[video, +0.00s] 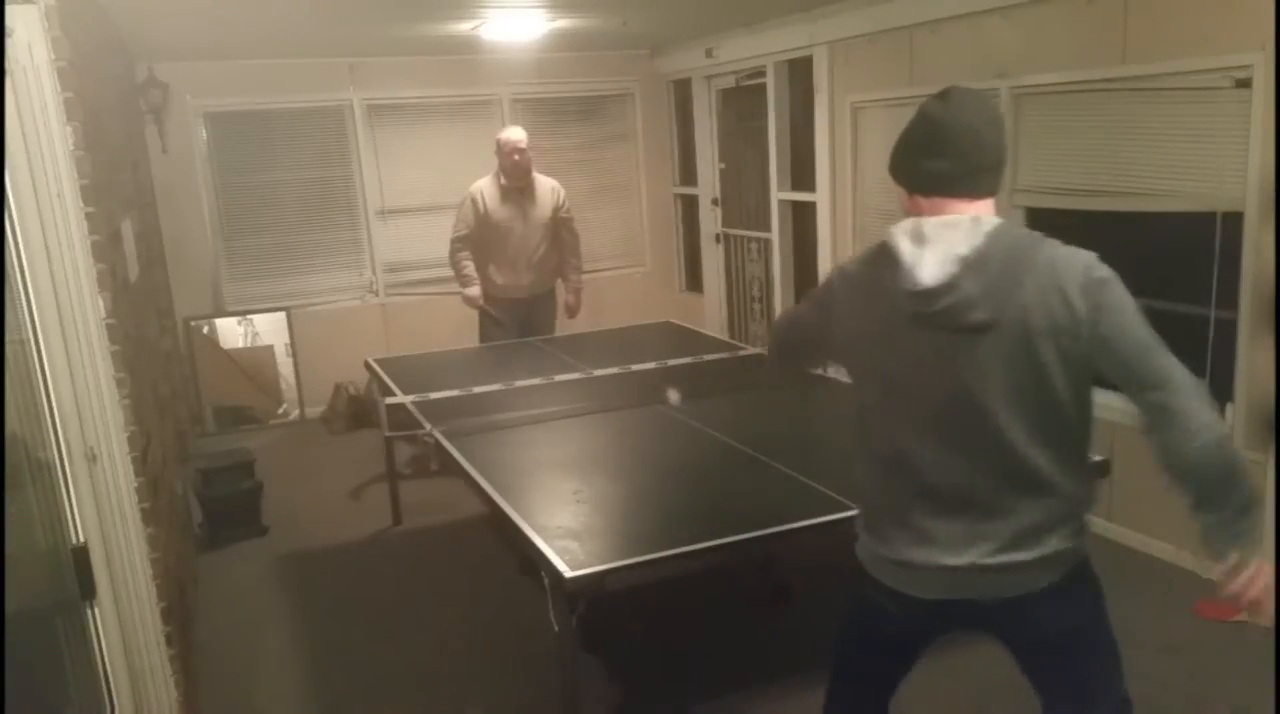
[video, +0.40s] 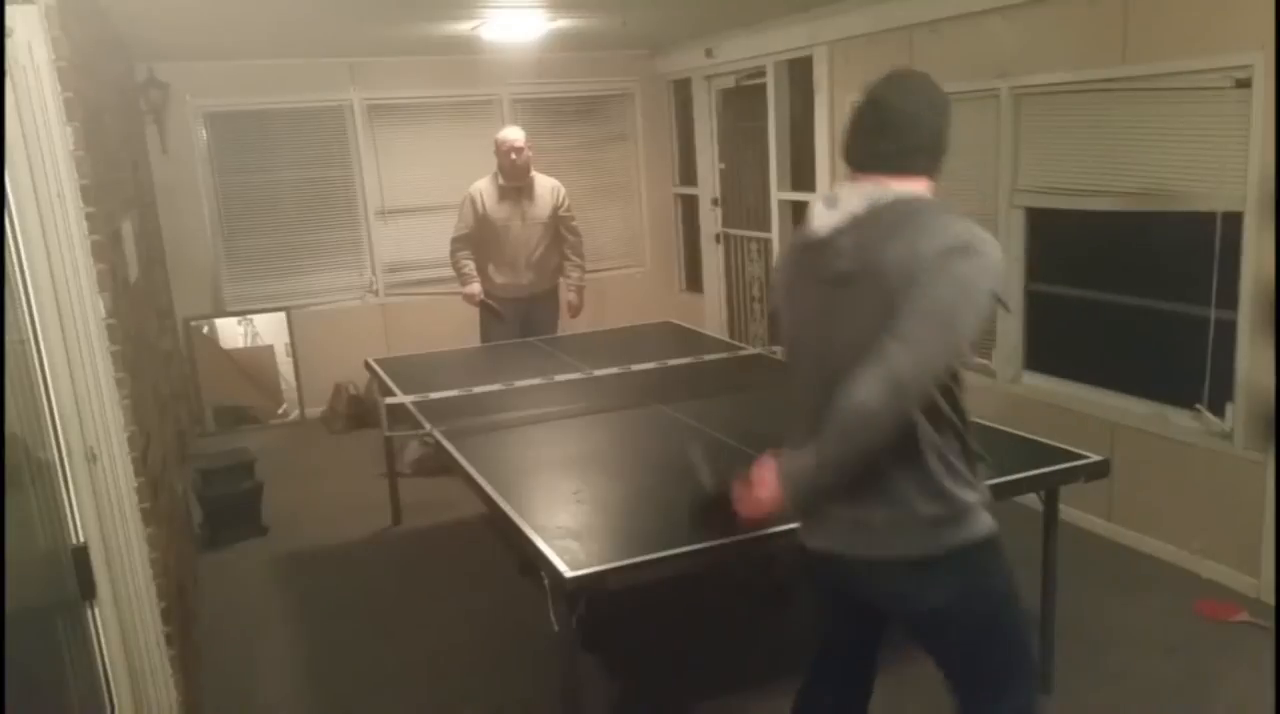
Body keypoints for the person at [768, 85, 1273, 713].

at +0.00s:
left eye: (908, 182)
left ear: (907, 182)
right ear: (997, 178)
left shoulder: (864, 282)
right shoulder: (1069, 280)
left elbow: (788, 340)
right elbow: (1184, 413)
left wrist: (797, 343)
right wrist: (1237, 531)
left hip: (899, 581)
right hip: (1040, 580)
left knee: (851, 700)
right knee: (1095, 702)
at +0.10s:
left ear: (898, 183)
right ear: (990, 179)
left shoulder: (855, 278)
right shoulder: (1057, 279)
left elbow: (790, 328)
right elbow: (1166, 427)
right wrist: (1201, 562)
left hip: (889, 576)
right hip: (1026, 577)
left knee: (851, 701)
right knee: (1087, 705)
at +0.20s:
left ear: (881, 173)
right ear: (972, 174)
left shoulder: (837, 266)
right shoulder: (1027, 279)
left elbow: (790, 317)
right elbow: (1043, 458)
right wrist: (1017, 589)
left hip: (871, 555)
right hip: (989, 565)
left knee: (846, 694)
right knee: (1061, 702)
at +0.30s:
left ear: (867, 166)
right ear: (956, 170)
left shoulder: (816, 262)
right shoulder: (990, 269)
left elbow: (793, 326)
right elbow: (940, 418)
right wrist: (848, 532)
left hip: (852, 562)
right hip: (964, 562)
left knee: (834, 701)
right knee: (1033, 702)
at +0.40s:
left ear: (851, 146)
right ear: (937, 153)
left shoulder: (803, 251)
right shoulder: (960, 246)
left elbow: (801, 364)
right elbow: (889, 383)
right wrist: (794, 475)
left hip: (834, 546)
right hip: (936, 549)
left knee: (830, 697)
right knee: (1005, 694)